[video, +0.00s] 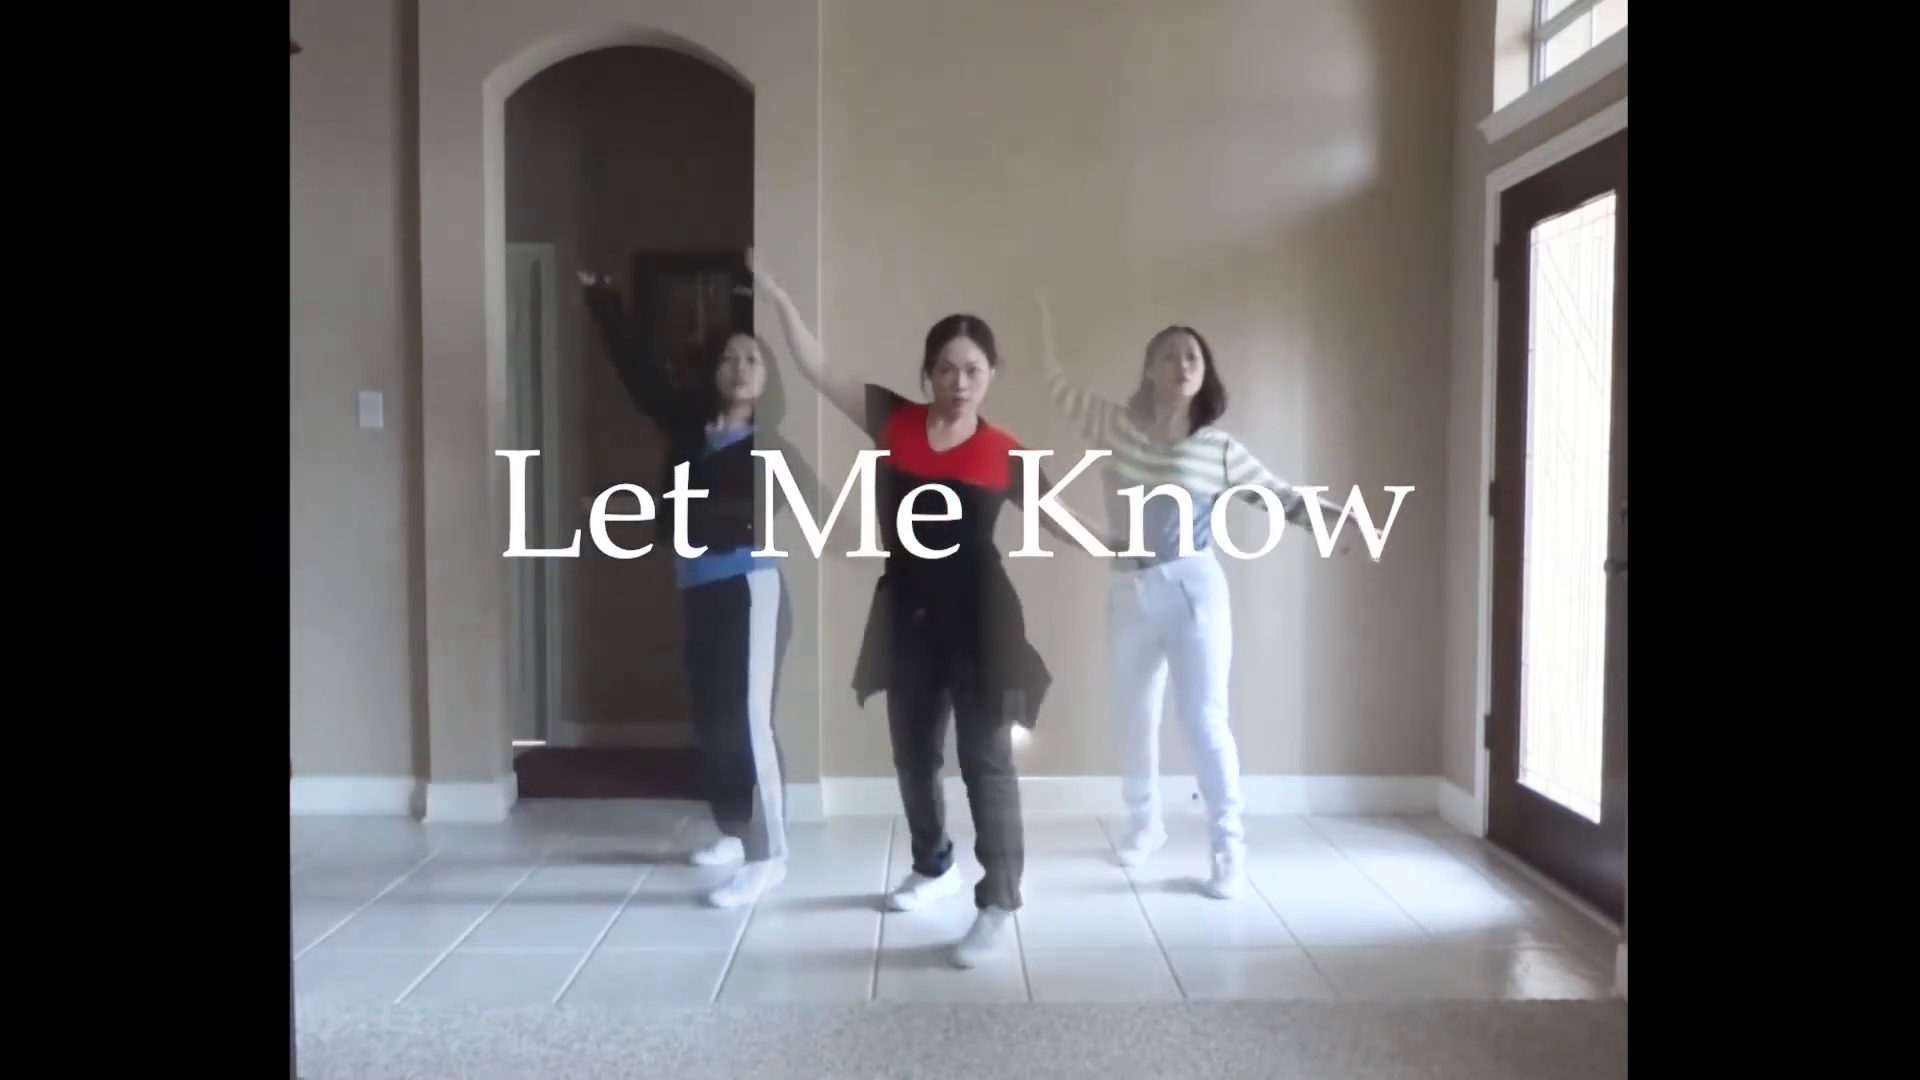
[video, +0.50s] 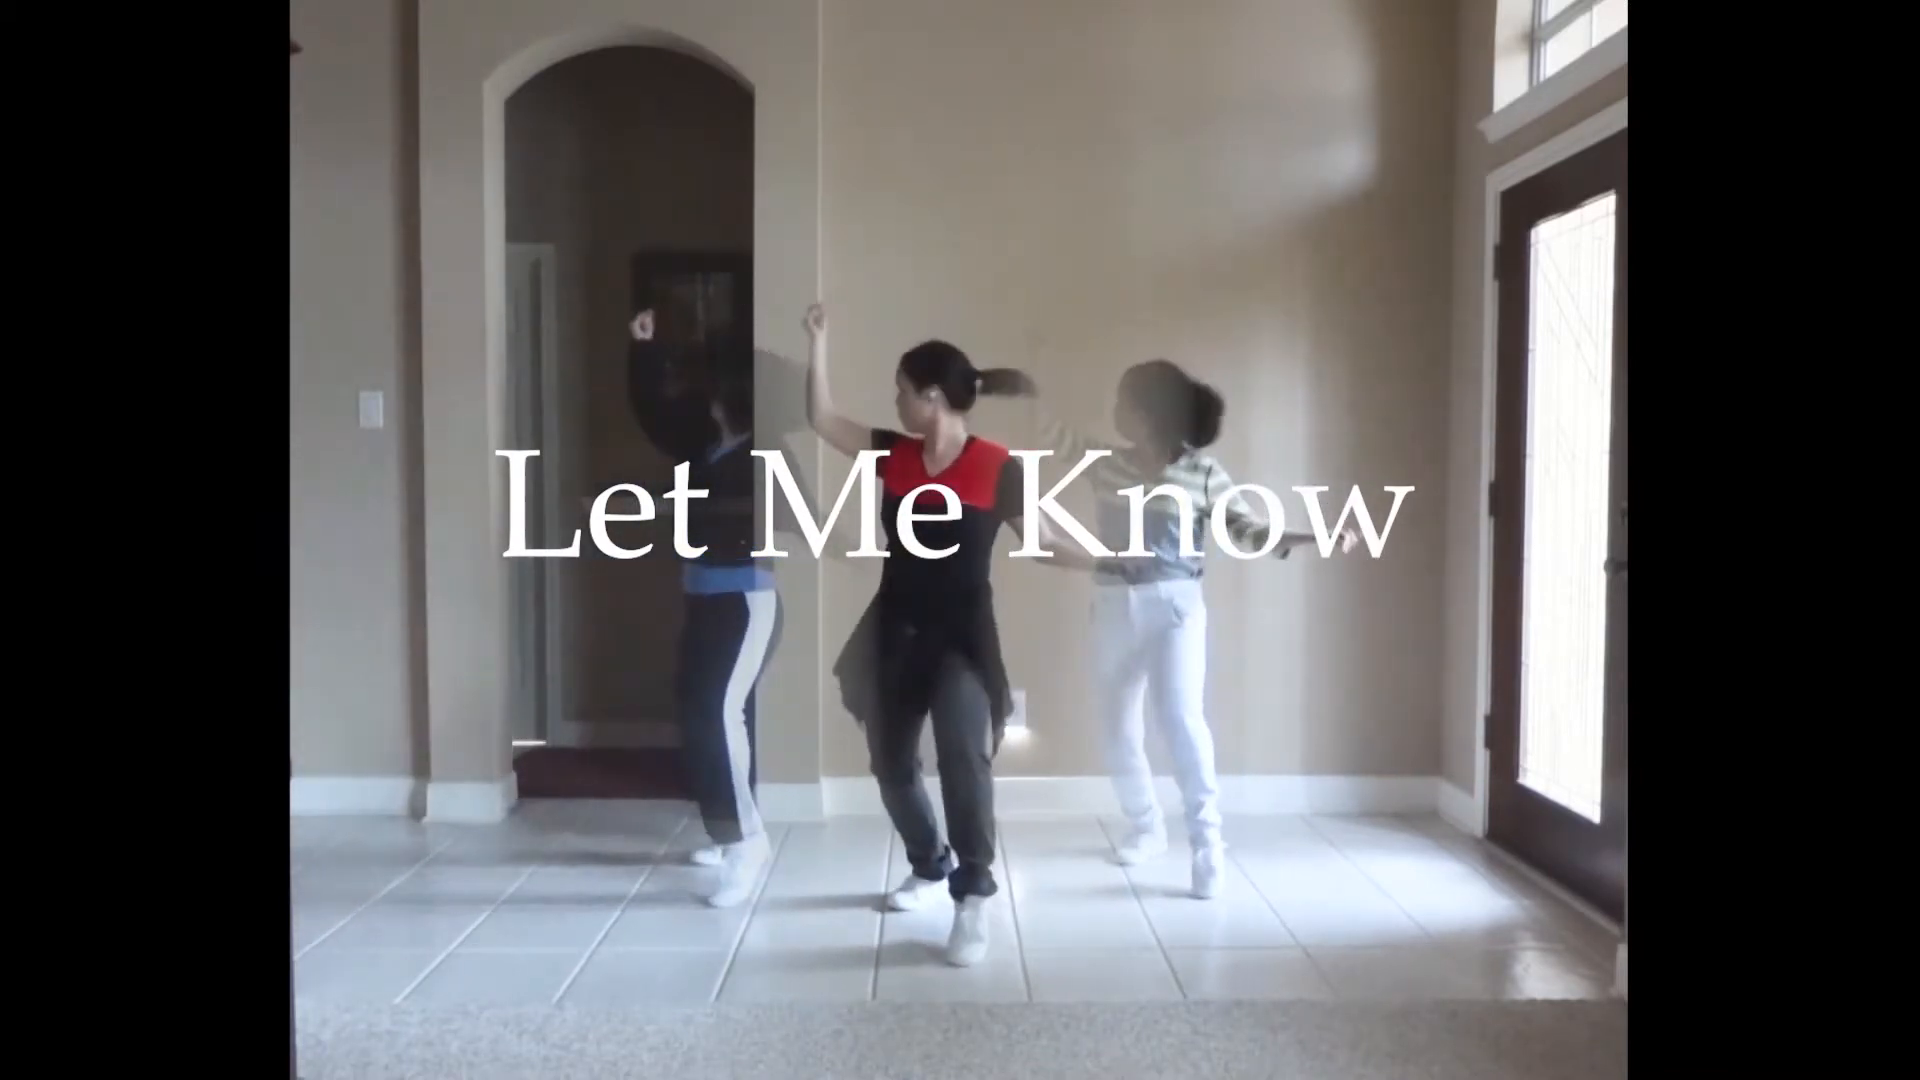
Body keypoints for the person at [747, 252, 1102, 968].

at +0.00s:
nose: (957, 380)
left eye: (970, 369)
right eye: (946, 369)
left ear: (991, 376)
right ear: (927, 373)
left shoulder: (1003, 452)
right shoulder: (894, 421)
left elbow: (1058, 518)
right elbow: (815, 368)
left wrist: (1117, 544)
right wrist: (778, 300)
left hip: (980, 616)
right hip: (907, 614)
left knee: (984, 758)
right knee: (913, 755)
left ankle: (999, 901)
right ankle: (933, 866)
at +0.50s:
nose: (898, 405)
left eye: (905, 395)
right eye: (900, 395)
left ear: (937, 398)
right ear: (924, 399)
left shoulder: (997, 467)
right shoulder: (891, 454)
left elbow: (1052, 538)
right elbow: (823, 419)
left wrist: (1112, 562)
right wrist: (818, 339)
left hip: (962, 632)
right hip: (895, 629)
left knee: (962, 752)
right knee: (891, 763)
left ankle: (973, 893)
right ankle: (931, 868)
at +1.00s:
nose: (903, 408)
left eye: (911, 397)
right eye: (903, 397)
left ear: (944, 396)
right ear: (926, 400)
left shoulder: (1001, 466)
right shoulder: (901, 454)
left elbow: (1060, 537)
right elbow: (827, 429)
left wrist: (1115, 557)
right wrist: (815, 351)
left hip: (966, 632)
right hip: (902, 628)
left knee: (960, 753)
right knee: (893, 763)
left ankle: (977, 894)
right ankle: (931, 868)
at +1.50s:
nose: (900, 404)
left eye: (906, 393)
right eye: (901, 393)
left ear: (938, 395)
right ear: (932, 398)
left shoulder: (1000, 465)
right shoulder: (898, 455)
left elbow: (1046, 539)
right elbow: (825, 432)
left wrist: (1099, 557)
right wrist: (812, 355)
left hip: (965, 631)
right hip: (899, 628)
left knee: (960, 750)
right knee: (893, 761)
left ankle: (980, 892)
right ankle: (932, 866)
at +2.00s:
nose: (901, 416)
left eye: (910, 405)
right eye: (900, 405)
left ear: (948, 407)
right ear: (915, 411)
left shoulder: (1001, 476)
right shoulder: (892, 474)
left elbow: (1038, 559)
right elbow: (816, 480)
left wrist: (1101, 580)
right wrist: (843, 423)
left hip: (958, 642)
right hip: (892, 640)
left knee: (929, 753)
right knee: (884, 780)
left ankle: (961, 893)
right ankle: (929, 870)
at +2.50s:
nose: (933, 375)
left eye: (947, 364)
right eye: (923, 365)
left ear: (972, 378)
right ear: (911, 379)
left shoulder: (989, 460)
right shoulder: (883, 446)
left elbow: (1024, 545)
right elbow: (835, 389)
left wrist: (1083, 566)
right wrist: (900, 369)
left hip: (973, 635)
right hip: (901, 633)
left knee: (973, 775)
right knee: (914, 772)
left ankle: (986, 914)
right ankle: (932, 866)